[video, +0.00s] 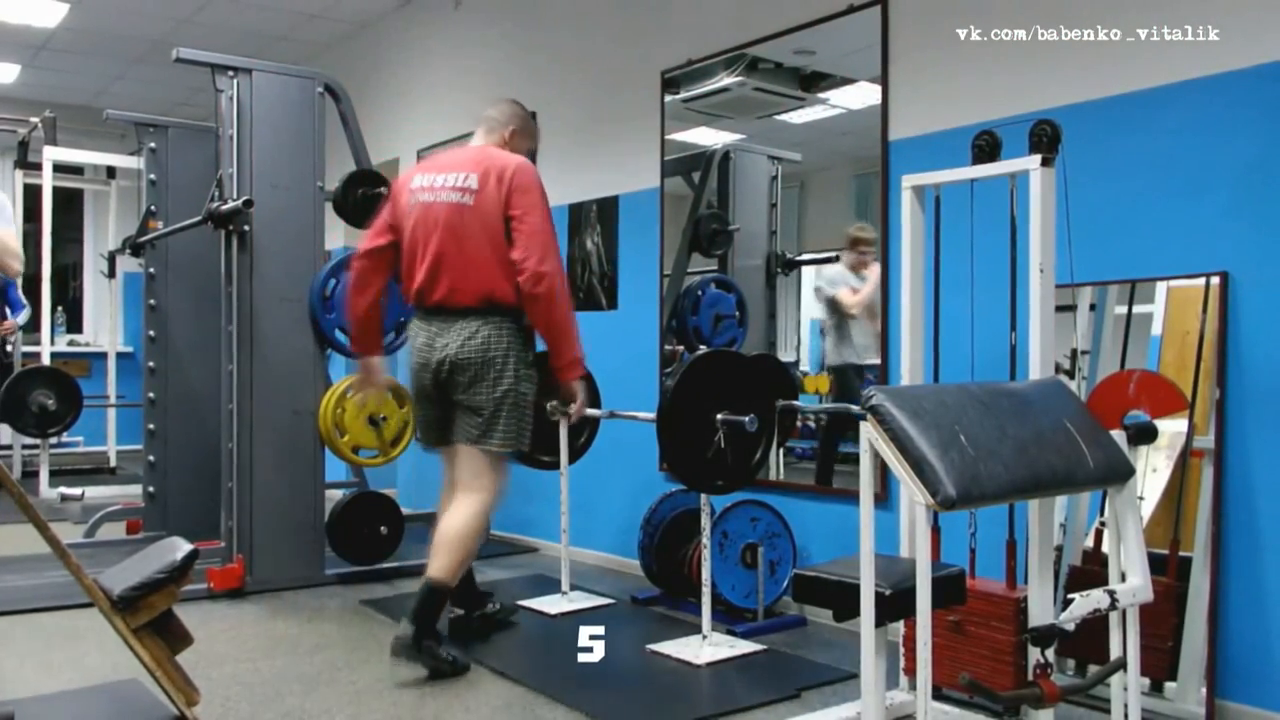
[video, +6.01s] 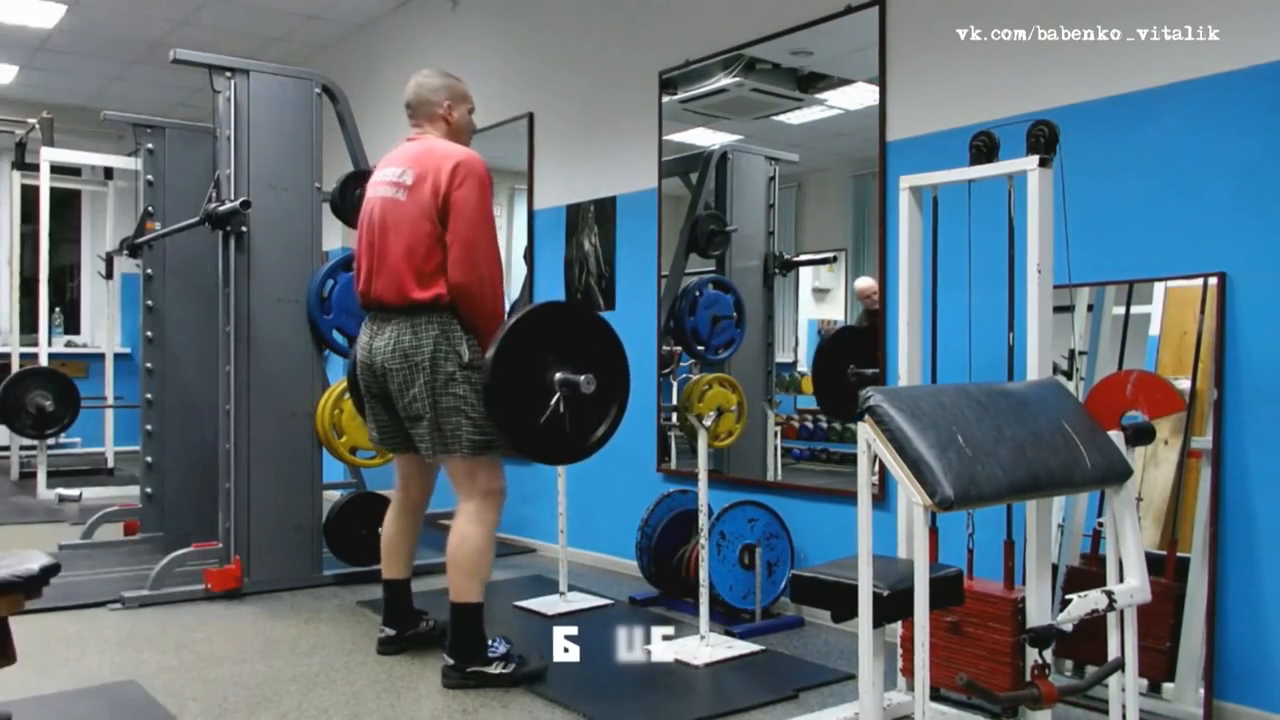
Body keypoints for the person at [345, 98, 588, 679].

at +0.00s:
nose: (527, 162)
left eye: (530, 155)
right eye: (529, 153)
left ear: (482, 128)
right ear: (513, 135)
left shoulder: (414, 175)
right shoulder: (515, 171)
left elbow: (367, 261)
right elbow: (538, 273)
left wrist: (368, 358)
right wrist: (570, 369)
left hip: (429, 337)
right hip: (489, 338)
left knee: (456, 481)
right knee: (477, 488)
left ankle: (468, 602)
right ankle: (421, 628)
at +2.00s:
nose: (671, 230)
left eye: (674, 225)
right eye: (674, 224)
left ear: (633, 196)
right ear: (664, 207)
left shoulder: (582, 212)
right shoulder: (653, 225)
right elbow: (628, 315)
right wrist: (636, 404)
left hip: (504, 324)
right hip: (556, 329)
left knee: (531, 471)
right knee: (588, 474)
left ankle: (529, 598)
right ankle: (587, 615)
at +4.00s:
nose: (521, 128)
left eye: (522, 119)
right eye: (520, 118)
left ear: (468, 107)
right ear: (499, 107)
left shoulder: (425, 163)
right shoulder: (501, 165)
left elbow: (403, 264)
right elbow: (511, 271)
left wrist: (435, 310)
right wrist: (527, 340)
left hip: (412, 332)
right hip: (472, 334)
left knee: (438, 480)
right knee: (485, 491)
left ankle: (414, 616)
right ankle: (473, 649)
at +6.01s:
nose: (473, 121)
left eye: (472, 112)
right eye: (469, 111)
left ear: (421, 113)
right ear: (446, 110)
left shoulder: (387, 165)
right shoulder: (461, 164)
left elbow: (366, 266)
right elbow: (472, 273)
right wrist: (494, 343)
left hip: (377, 338)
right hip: (434, 338)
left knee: (412, 483)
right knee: (482, 491)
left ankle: (399, 620)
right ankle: (469, 651)